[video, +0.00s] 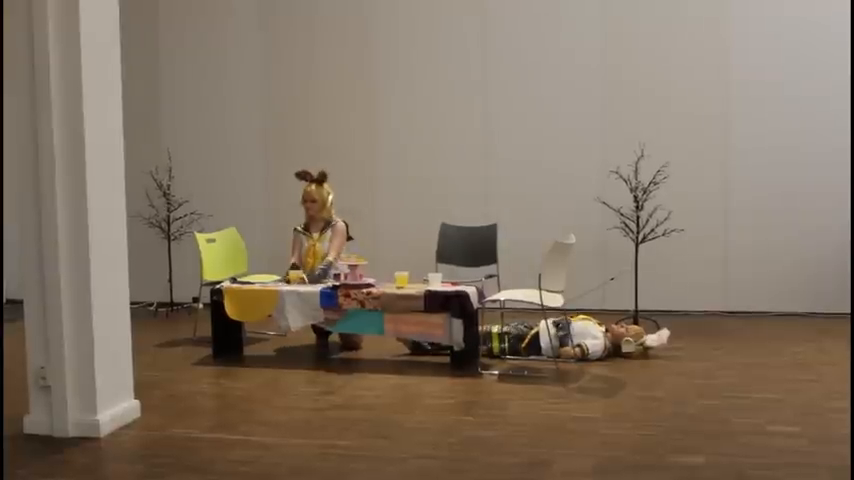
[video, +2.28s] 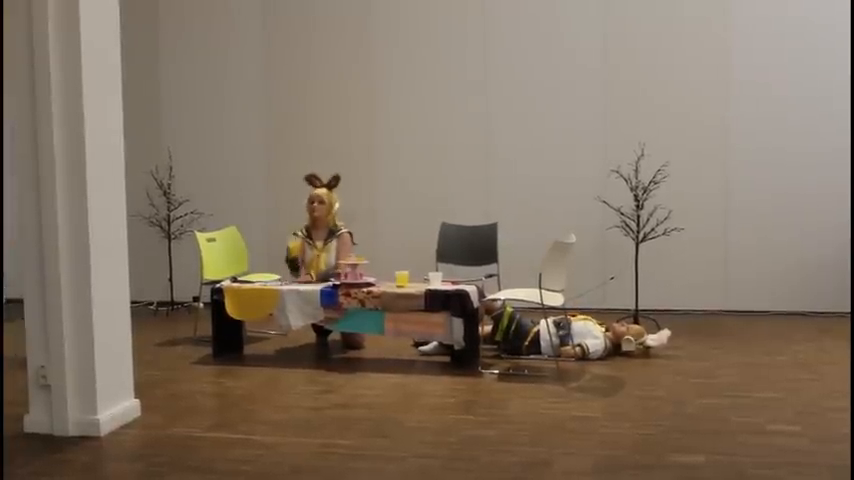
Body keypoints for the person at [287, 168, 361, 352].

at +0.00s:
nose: (307, 206)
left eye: (313, 202)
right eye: (305, 201)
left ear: (325, 203)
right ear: (301, 202)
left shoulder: (337, 227)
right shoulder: (301, 230)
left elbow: (333, 255)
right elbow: (295, 258)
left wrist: (317, 275)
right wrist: (292, 274)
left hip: (334, 285)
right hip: (308, 286)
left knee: (353, 342)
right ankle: (320, 336)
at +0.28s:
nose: (302, 208)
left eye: (307, 204)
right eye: (302, 204)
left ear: (321, 206)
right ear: (301, 205)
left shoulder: (336, 232)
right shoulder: (298, 234)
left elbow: (337, 266)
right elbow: (291, 269)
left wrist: (314, 278)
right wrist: (273, 273)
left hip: (332, 290)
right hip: (306, 292)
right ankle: (321, 335)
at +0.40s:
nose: (298, 213)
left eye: (303, 209)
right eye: (298, 208)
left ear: (317, 211)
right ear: (297, 209)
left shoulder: (335, 235)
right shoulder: (298, 238)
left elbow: (339, 270)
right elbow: (276, 265)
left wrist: (309, 278)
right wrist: (251, 272)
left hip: (336, 291)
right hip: (309, 293)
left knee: (353, 344)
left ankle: (347, 333)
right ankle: (321, 337)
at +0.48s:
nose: (296, 215)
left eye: (301, 211)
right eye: (296, 210)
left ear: (315, 213)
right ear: (296, 211)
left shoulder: (334, 236)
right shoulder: (296, 240)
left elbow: (338, 270)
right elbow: (271, 261)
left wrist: (308, 279)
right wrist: (246, 273)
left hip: (338, 295)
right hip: (312, 298)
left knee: (354, 343)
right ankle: (321, 338)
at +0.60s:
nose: (297, 215)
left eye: (303, 211)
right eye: (297, 210)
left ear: (316, 213)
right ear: (295, 210)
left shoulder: (334, 234)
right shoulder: (298, 238)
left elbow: (339, 269)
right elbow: (275, 262)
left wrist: (311, 278)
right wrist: (254, 270)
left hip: (335, 289)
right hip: (310, 292)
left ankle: (347, 332)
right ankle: (322, 336)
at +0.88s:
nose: (309, 217)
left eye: (314, 212)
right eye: (305, 212)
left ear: (326, 213)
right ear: (301, 213)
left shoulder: (339, 236)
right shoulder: (298, 239)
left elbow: (341, 270)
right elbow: (283, 271)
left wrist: (312, 279)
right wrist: (280, 264)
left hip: (337, 292)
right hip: (309, 295)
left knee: (355, 343)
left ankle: (347, 333)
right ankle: (321, 337)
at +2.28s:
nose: (314, 206)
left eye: (320, 202)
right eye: (311, 202)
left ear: (331, 207)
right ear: (307, 206)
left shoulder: (342, 235)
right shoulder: (302, 235)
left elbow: (343, 271)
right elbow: (297, 271)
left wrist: (314, 278)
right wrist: (293, 264)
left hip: (338, 293)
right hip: (311, 294)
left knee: (356, 342)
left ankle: (347, 332)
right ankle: (321, 336)